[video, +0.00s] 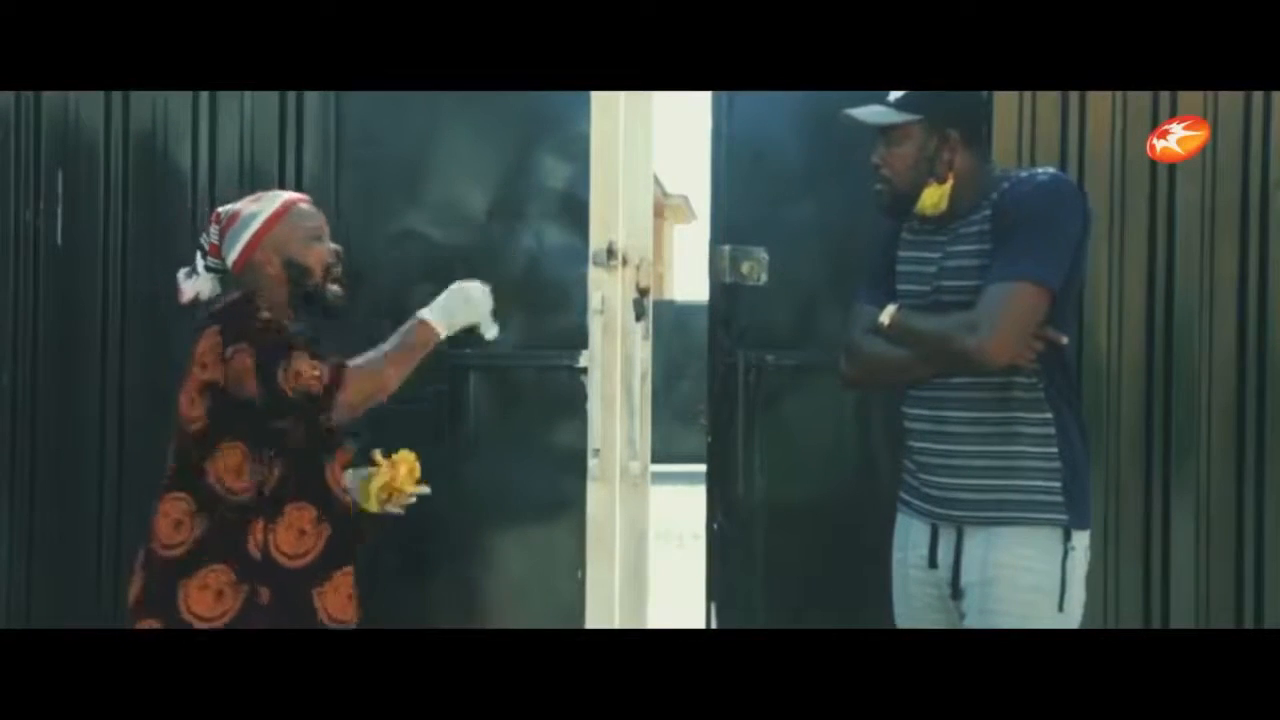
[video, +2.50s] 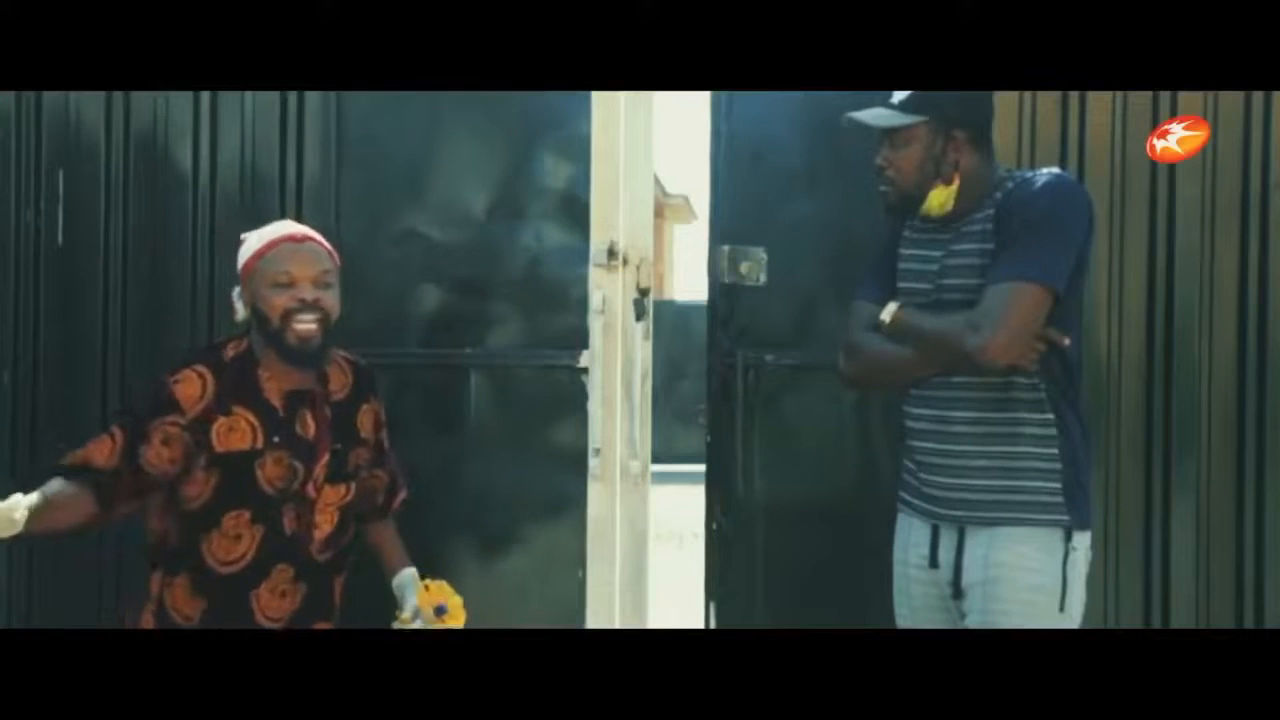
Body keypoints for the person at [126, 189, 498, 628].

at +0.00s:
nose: (334, 252)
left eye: (328, 239)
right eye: (314, 240)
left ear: (268, 261)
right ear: (267, 258)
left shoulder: (273, 338)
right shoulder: (239, 333)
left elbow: (263, 463)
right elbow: (334, 396)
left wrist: (351, 487)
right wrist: (434, 322)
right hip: (224, 598)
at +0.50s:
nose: (338, 255)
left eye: (337, 244)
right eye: (313, 247)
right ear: (262, 267)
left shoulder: (312, 362)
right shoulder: (227, 354)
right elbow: (199, 485)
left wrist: (325, 508)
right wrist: (313, 482)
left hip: (284, 604)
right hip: (214, 609)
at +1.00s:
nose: (231, 270)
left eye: (255, 257)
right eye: (213, 256)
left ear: (286, 271)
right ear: (193, 270)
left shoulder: (328, 371)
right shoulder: (157, 370)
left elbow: (363, 475)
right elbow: (99, 487)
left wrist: (327, 510)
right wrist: (211, 493)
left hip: (288, 613)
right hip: (173, 612)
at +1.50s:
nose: (329, 262)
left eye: (323, 249)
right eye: (308, 252)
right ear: (255, 272)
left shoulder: (324, 376)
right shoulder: (185, 369)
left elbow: (325, 496)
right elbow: (95, 482)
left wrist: (350, 528)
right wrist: (181, 500)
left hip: (286, 615)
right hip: (181, 616)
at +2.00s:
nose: (306, 285)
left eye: (318, 270)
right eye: (283, 271)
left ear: (332, 283)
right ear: (242, 283)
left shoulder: (336, 382)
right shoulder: (192, 374)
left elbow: (359, 494)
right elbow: (101, 475)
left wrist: (377, 559)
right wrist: (151, 507)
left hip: (304, 614)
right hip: (198, 614)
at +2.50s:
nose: (308, 299)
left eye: (322, 284)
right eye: (284, 285)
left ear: (339, 295)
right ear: (247, 300)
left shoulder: (353, 387)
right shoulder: (202, 389)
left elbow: (375, 505)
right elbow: (108, 482)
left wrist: (409, 589)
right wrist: (22, 513)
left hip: (310, 620)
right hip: (196, 618)